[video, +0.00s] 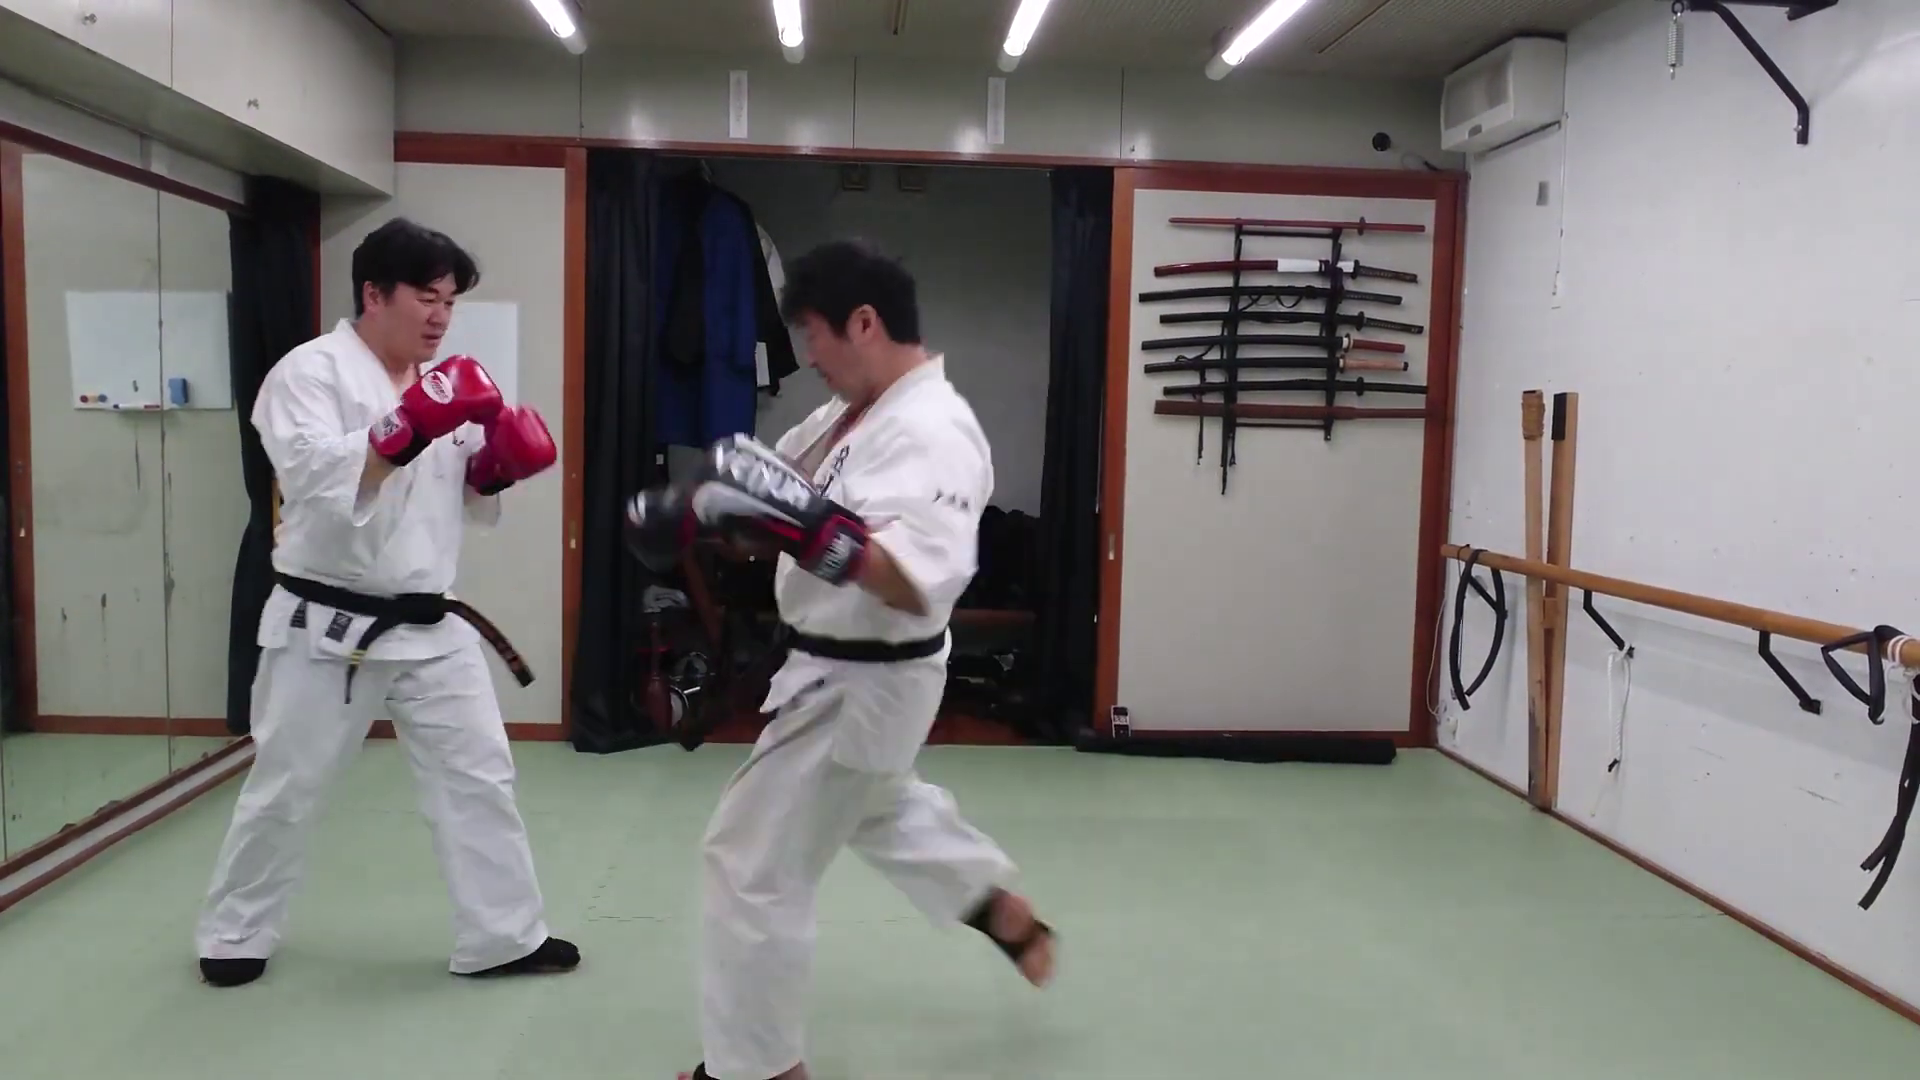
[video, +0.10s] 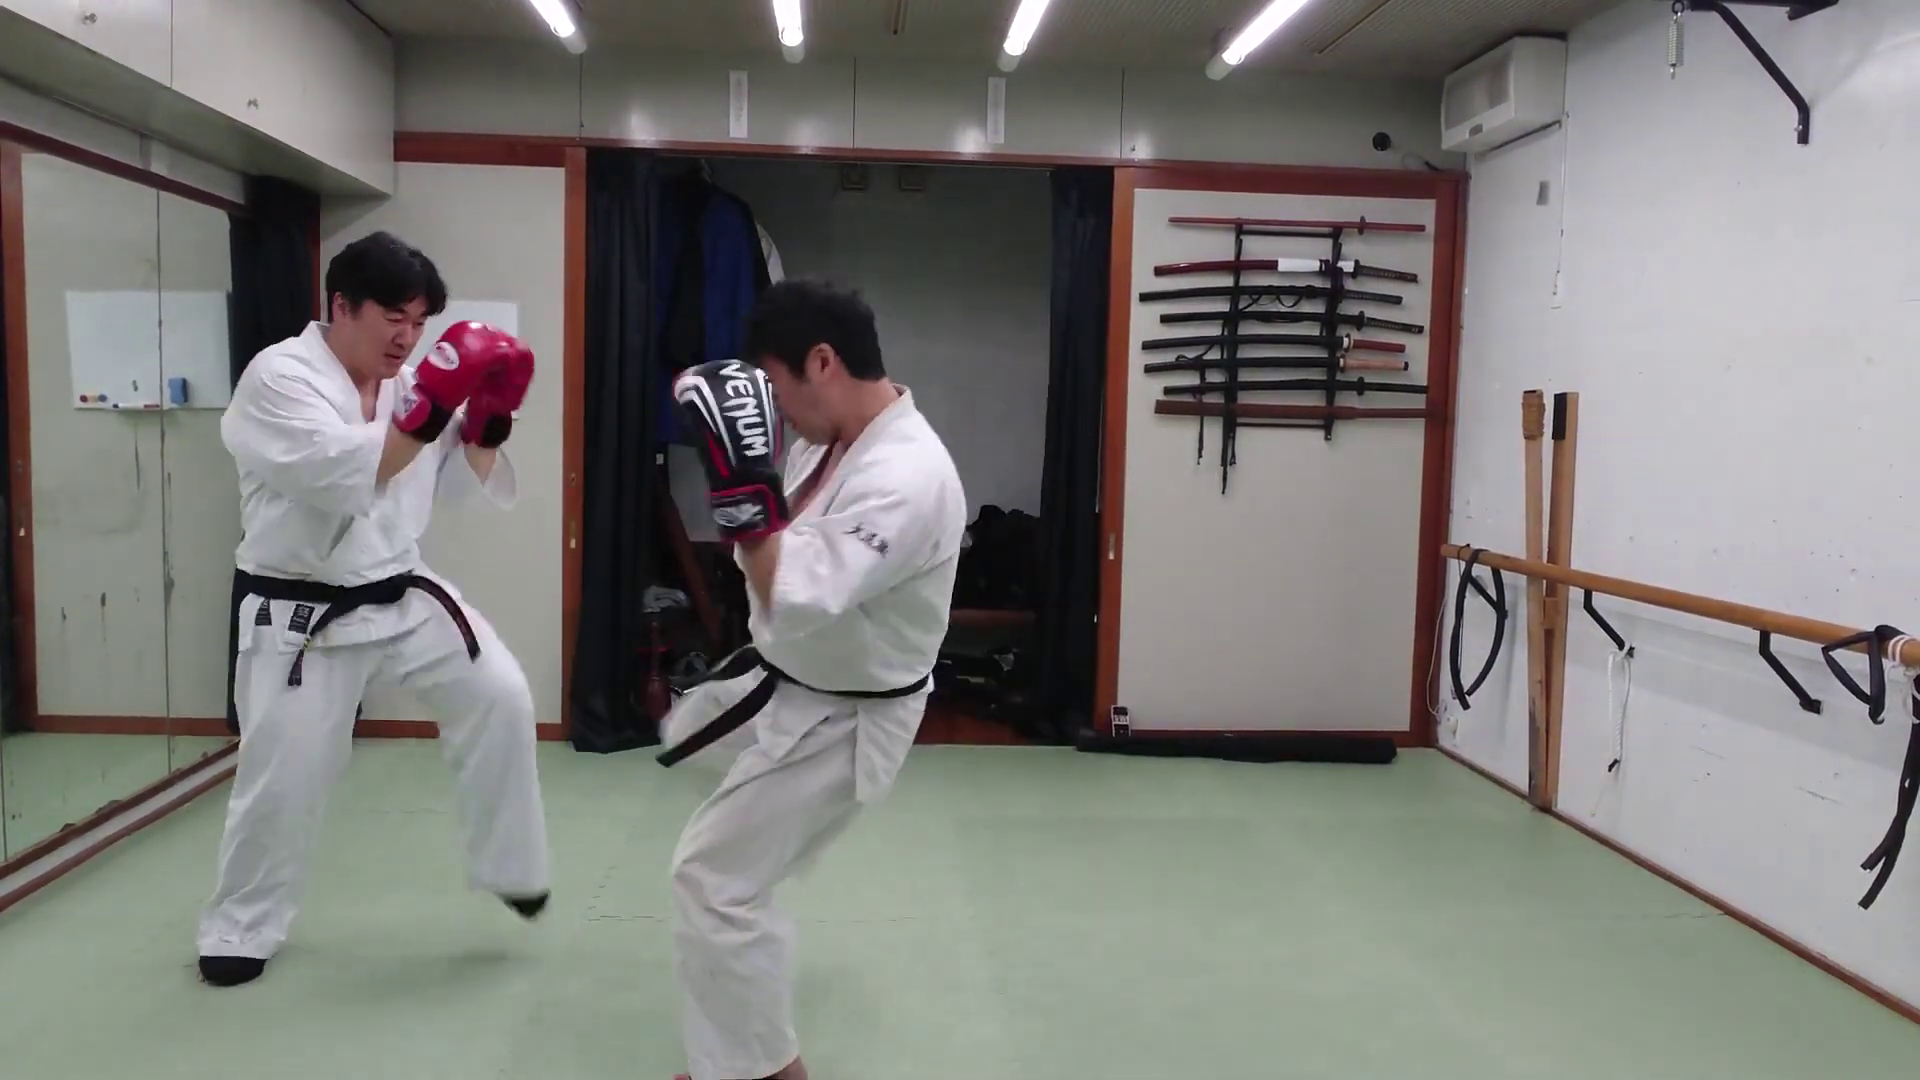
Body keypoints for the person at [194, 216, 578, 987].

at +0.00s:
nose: (442, 315)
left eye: (449, 302)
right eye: (427, 298)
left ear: (454, 304)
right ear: (373, 294)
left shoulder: (453, 382)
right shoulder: (304, 374)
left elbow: (472, 496)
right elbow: (315, 481)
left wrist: (498, 466)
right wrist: (400, 437)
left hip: (430, 623)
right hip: (321, 620)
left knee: (480, 777)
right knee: (285, 790)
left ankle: (499, 937)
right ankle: (235, 934)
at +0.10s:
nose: (405, 334)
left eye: (416, 320)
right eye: (391, 315)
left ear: (424, 324)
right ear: (339, 307)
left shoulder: (411, 388)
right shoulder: (277, 377)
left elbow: (456, 485)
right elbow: (343, 478)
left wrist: (487, 424)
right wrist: (424, 413)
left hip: (400, 598)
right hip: (296, 612)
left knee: (499, 693)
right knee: (280, 780)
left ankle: (511, 864)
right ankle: (240, 930)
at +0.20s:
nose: (391, 337)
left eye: (402, 321)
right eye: (377, 319)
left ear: (410, 319)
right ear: (327, 311)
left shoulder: (400, 373)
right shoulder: (270, 378)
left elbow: (459, 468)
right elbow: (349, 470)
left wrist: (470, 404)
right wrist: (447, 419)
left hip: (392, 578)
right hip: (298, 608)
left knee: (506, 600)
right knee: (283, 773)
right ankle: (244, 932)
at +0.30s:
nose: (388, 331)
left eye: (400, 315)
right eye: (373, 313)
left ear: (409, 314)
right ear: (323, 305)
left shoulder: (400, 381)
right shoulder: (265, 380)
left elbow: (451, 494)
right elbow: (336, 492)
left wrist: (470, 438)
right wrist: (426, 441)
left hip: (389, 569)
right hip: (299, 603)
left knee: (506, 564)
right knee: (286, 768)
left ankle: (444, 705)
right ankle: (243, 932)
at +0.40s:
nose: (391, 320)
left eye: (403, 306)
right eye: (375, 303)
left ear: (412, 308)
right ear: (326, 298)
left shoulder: (405, 383)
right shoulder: (261, 381)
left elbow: (441, 501)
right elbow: (292, 507)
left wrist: (471, 452)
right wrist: (388, 461)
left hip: (411, 566)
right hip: (303, 599)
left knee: (523, 614)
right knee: (281, 771)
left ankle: (490, 761)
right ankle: (247, 931)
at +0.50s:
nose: (405, 314)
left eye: (415, 300)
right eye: (388, 297)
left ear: (423, 302)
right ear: (335, 293)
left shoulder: (421, 382)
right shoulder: (265, 377)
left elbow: (442, 489)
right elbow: (255, 495)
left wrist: (475, 470)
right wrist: (347, 467)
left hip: (419, 588)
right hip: (310, 607)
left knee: (527, 689)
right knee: (289, 771)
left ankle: (566, 840)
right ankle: (245, 929)